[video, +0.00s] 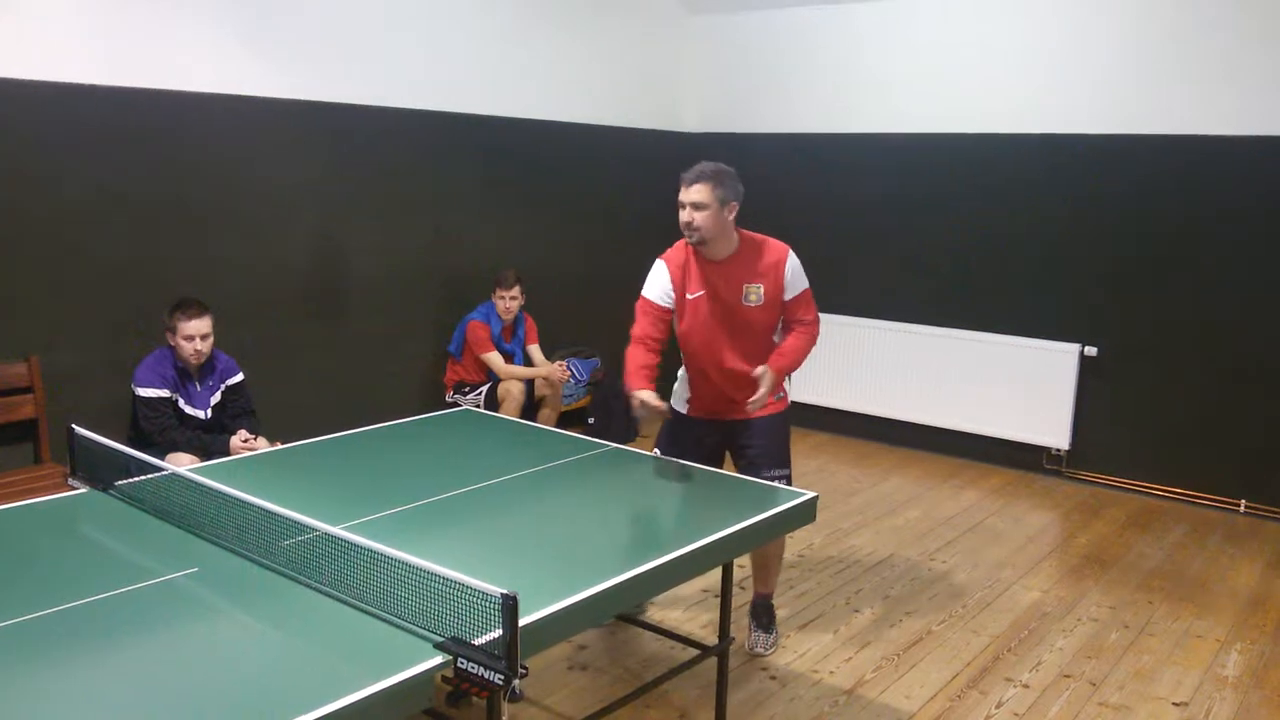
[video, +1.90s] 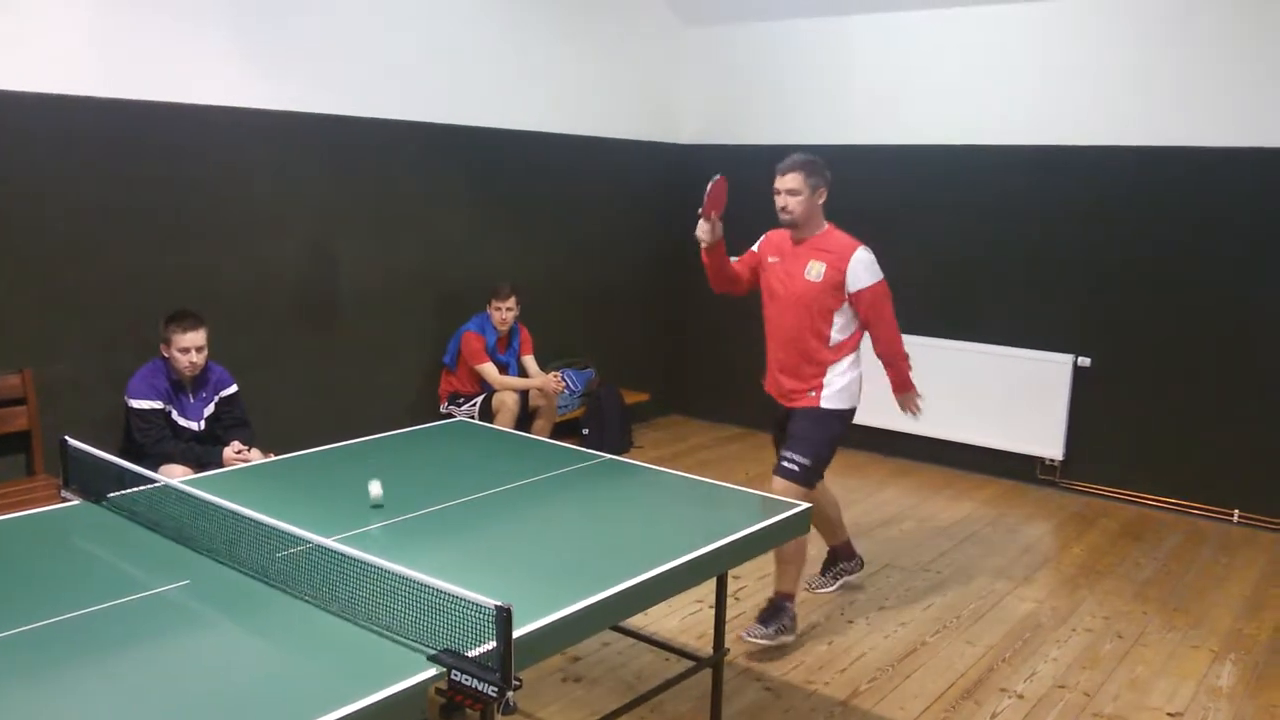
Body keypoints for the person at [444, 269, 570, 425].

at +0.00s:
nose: (507, 305)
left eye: (513, 299)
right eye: (501, 298)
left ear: (522, 300)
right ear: (493, 298)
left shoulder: (525, 322)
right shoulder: (477, 324)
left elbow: (540, 361)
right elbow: (502, 372)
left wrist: (554, 371)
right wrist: (546, 372)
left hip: (498, 386)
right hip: (462, 392)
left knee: (553, 385)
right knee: (515, 389)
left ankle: (541, 449)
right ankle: (501, 448)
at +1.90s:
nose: (503, 316)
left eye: (509, 310)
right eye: (498, 309)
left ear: (517, 311)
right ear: (489, 309)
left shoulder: (520, 333)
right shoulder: (471, 335)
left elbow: (534, 371)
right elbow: (496, 382)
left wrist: (548, 382)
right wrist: (541, 383)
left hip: (493, 397)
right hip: (457, 402)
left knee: (548, 397)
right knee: (509, 400)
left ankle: (535, 458)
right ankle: (497, 458)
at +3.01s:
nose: (508, 311)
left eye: (514, 305)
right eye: (502, 304)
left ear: (523, 306)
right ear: (494, 304)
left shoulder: (527, 328)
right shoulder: (478, 331)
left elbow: (542, 369)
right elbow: (503, 378)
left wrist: (556, 377)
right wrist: (547, 379)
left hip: (501, 391)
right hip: (465, 397)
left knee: (554, 393)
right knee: (515, 395)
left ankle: (542, 453)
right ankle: (504, 454)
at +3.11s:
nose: (507, 310)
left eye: (513, 304)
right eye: (502, 304)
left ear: (522, 306)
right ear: (493, 304)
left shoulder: (526, 328)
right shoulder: (477, 330)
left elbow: (541, 367)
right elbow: (502, 377)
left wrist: (555, 376)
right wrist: (546, 377)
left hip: (500, 390)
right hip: (464, 397)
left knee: (554, 392)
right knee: (515, 394)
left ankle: (541, 452)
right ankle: (504, 452)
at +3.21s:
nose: (511, 310)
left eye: (517, 304)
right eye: (505, 304)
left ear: (526, 305)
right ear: (497, 304)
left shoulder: (530, 327)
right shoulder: (481, 330)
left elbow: (544, 366)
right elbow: (506, 376)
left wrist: (558, 375)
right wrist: (550, 377)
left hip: (504, 390)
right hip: (468, 396)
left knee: (557, 390)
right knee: (519, 393)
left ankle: (546, 451)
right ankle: (507, 451)